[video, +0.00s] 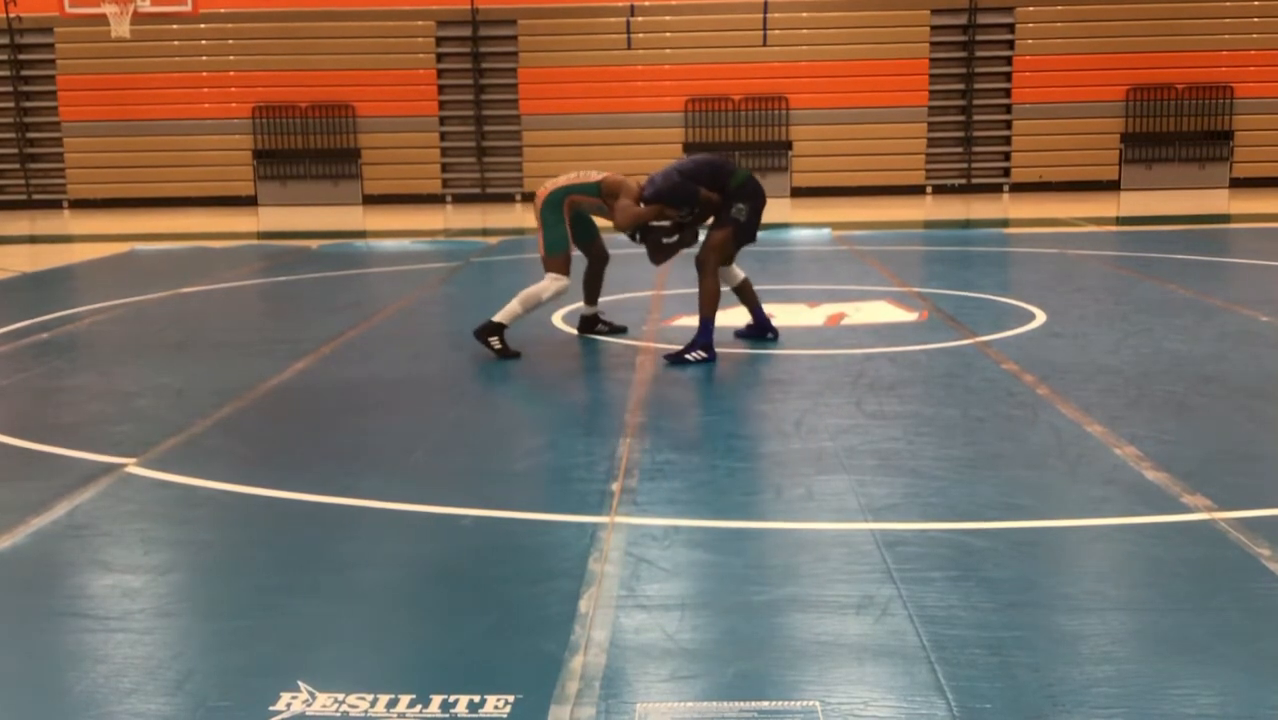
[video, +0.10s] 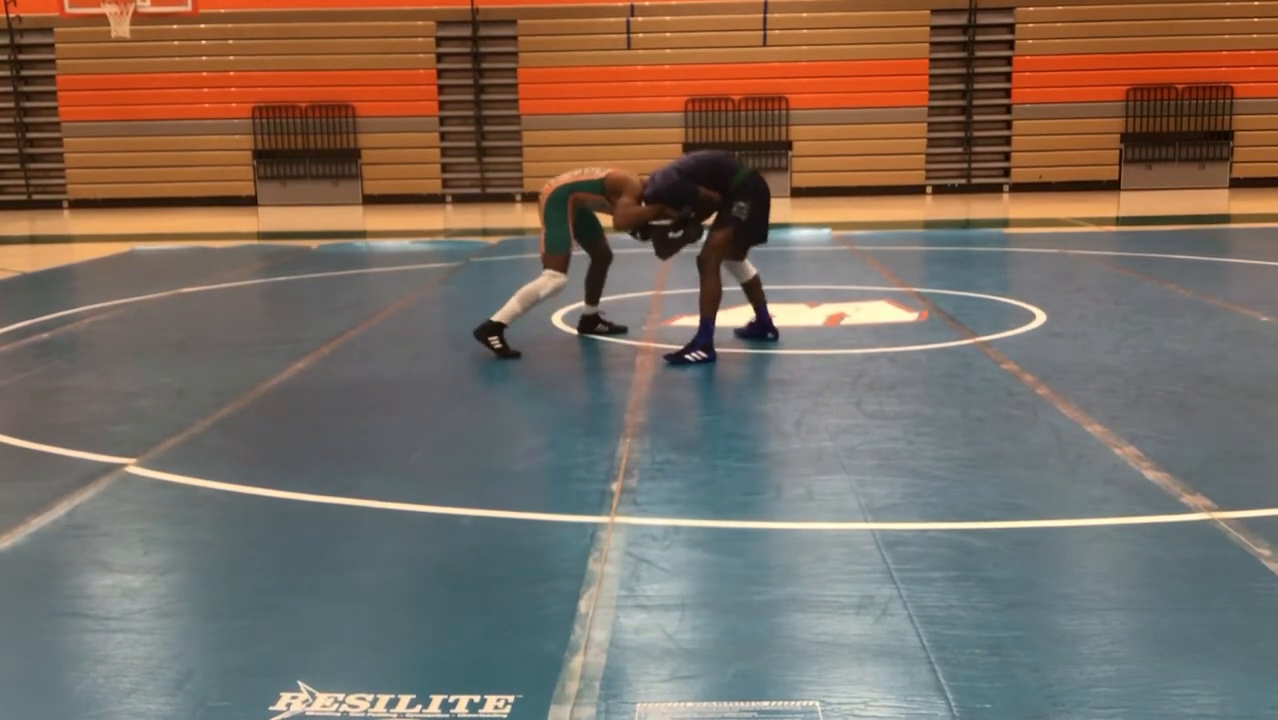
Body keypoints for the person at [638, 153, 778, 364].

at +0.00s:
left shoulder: (666, 189)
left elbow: (715, 201)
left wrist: (689, 226)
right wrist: (680, 240)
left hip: (743, 194)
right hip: (738, 195)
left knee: (706, 261)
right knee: (723, 265)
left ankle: (703, 344)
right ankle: (762, 324)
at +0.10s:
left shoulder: (665, 187)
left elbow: (714, 200)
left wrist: (686, 223)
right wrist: (680, 237)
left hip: (744, 193)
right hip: (748, 190)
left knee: (708, 260)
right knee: (734, 259)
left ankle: (703, 344)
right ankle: (764, 323)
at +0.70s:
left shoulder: (684, 191)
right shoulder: (679, 189)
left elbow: (735, 201)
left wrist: (704, 239)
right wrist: (696, 240)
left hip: (760, 194)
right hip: (767, 189)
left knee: (725, 261)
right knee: (756, 269)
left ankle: (727, 344)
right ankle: (800, 330)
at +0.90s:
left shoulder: (679, 188)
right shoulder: (672, 188)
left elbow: (733, 194)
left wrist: (708, 231)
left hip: (759, 190)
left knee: (719, 262)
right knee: (740, 258)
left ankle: (727, 344)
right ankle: (790, 313)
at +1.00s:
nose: (641, 207)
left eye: (636, 204)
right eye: (634, 206)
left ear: (638, 196)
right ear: (646, 179)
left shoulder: (678, 187)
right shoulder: (671, 178)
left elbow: (733, 194)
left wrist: (706, 230)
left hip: (760, 187)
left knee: (723, 262)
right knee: (735, 253)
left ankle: (727, 344)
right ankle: (772, 311)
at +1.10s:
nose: (646, 205)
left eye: (641, 202)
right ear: (646, 179)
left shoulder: (681, 187)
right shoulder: (673, 179)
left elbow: (734, 195)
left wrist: (704, 229)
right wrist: (700, 229)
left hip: (762, 190)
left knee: (723, 263)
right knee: (731, 259)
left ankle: (728, 345)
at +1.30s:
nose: (653, 212)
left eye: (650, 209)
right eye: (648, 211)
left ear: (655, 196)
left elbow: (746, 195)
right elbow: (713, 219)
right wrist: (686, 230)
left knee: (738, 264)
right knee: (710, 260)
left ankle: (731, 338)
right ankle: (735, 325)